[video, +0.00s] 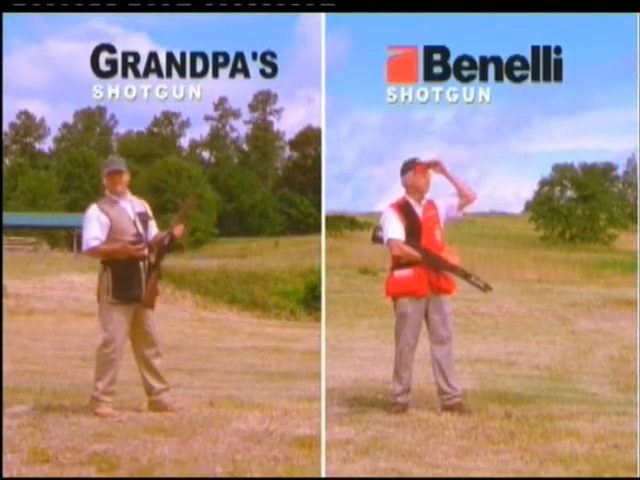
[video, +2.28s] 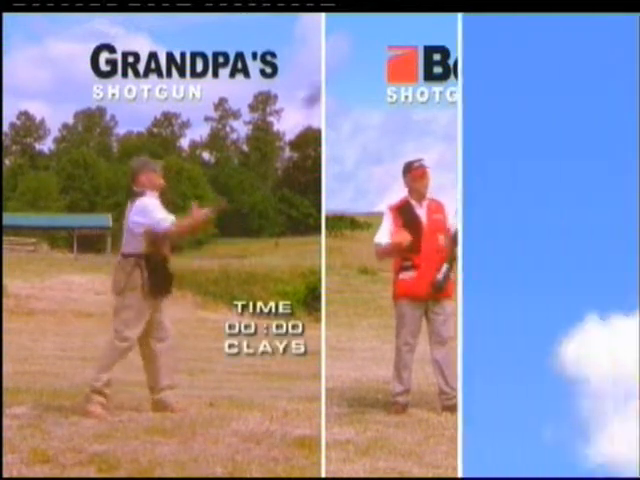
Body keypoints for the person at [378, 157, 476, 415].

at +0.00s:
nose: (427, 178)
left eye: (427, 174)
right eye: (421, 174)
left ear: (428, 179)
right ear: (407, 179)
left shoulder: (437, 208)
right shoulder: (394, 212)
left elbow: (468, 198)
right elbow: (396, 250)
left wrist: (446, 173)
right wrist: (433, 259)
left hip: (436, 281)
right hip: (409, 282)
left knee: (443, 340)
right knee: (406, 343)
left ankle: (450, 397)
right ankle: (400, 396)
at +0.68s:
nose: (434, 187)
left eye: (436, 182)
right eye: (430, 182)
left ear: (438, 183)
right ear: (416, 180)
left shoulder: (441, 208)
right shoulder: (398, 211)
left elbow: (473, 218)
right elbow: (399, 250)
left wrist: (466, 196)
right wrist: (434, 261)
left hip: (439, 282)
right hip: (410, 283)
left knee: (443, 340)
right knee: (407, 343)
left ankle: (451, 397)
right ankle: (401, 396)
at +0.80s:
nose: (436, 189)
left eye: (439, 184)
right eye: (432, 183)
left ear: (441, 185)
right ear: (419, 181)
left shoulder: (444, 210)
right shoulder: (401, 210)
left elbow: (465, 225)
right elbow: (402, 249)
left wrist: (474, 225)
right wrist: (435, 262)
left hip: (440, 281)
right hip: (411, 282)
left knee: (443, 340)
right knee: (407, 343)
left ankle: (450, 397)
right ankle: (400, 397)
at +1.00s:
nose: (441, 190)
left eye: (445, 186)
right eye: (437, 185)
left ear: (448, 186)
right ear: (425, 182)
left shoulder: (449, 210)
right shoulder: (406, 209)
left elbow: (470, 237)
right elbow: (407, 246)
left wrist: (469, 265)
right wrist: (439, 264)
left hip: (442, 283)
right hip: (412, 283)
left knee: (444, 342)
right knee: (407, 343)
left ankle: (451, 397)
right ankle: (400, 396)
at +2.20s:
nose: (427, 181)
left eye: (429, 176)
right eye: (422, 177)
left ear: (433, 178)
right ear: (410, 181)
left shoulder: (443, 209)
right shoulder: (396, 211)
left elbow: (462, 247)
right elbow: (383, 248)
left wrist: (470, 228)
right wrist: (405, 246)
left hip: (440, 280)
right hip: (409, 281)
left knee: (444, 341)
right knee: (406, 342)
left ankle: (451, 397)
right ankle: (400, 395)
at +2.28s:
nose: (422, 182)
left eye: (425, 177)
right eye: (417, 178)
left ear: (429, 179)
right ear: (407, 182)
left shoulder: (440, 208)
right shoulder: (394, 211)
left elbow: (451, 240)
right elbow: (380, 249)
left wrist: (448, 250)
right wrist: (398, 245)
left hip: (439, 284)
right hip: (409, 286)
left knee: (443, 342)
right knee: (406, 343)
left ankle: (449, 396)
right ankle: (401, 395)